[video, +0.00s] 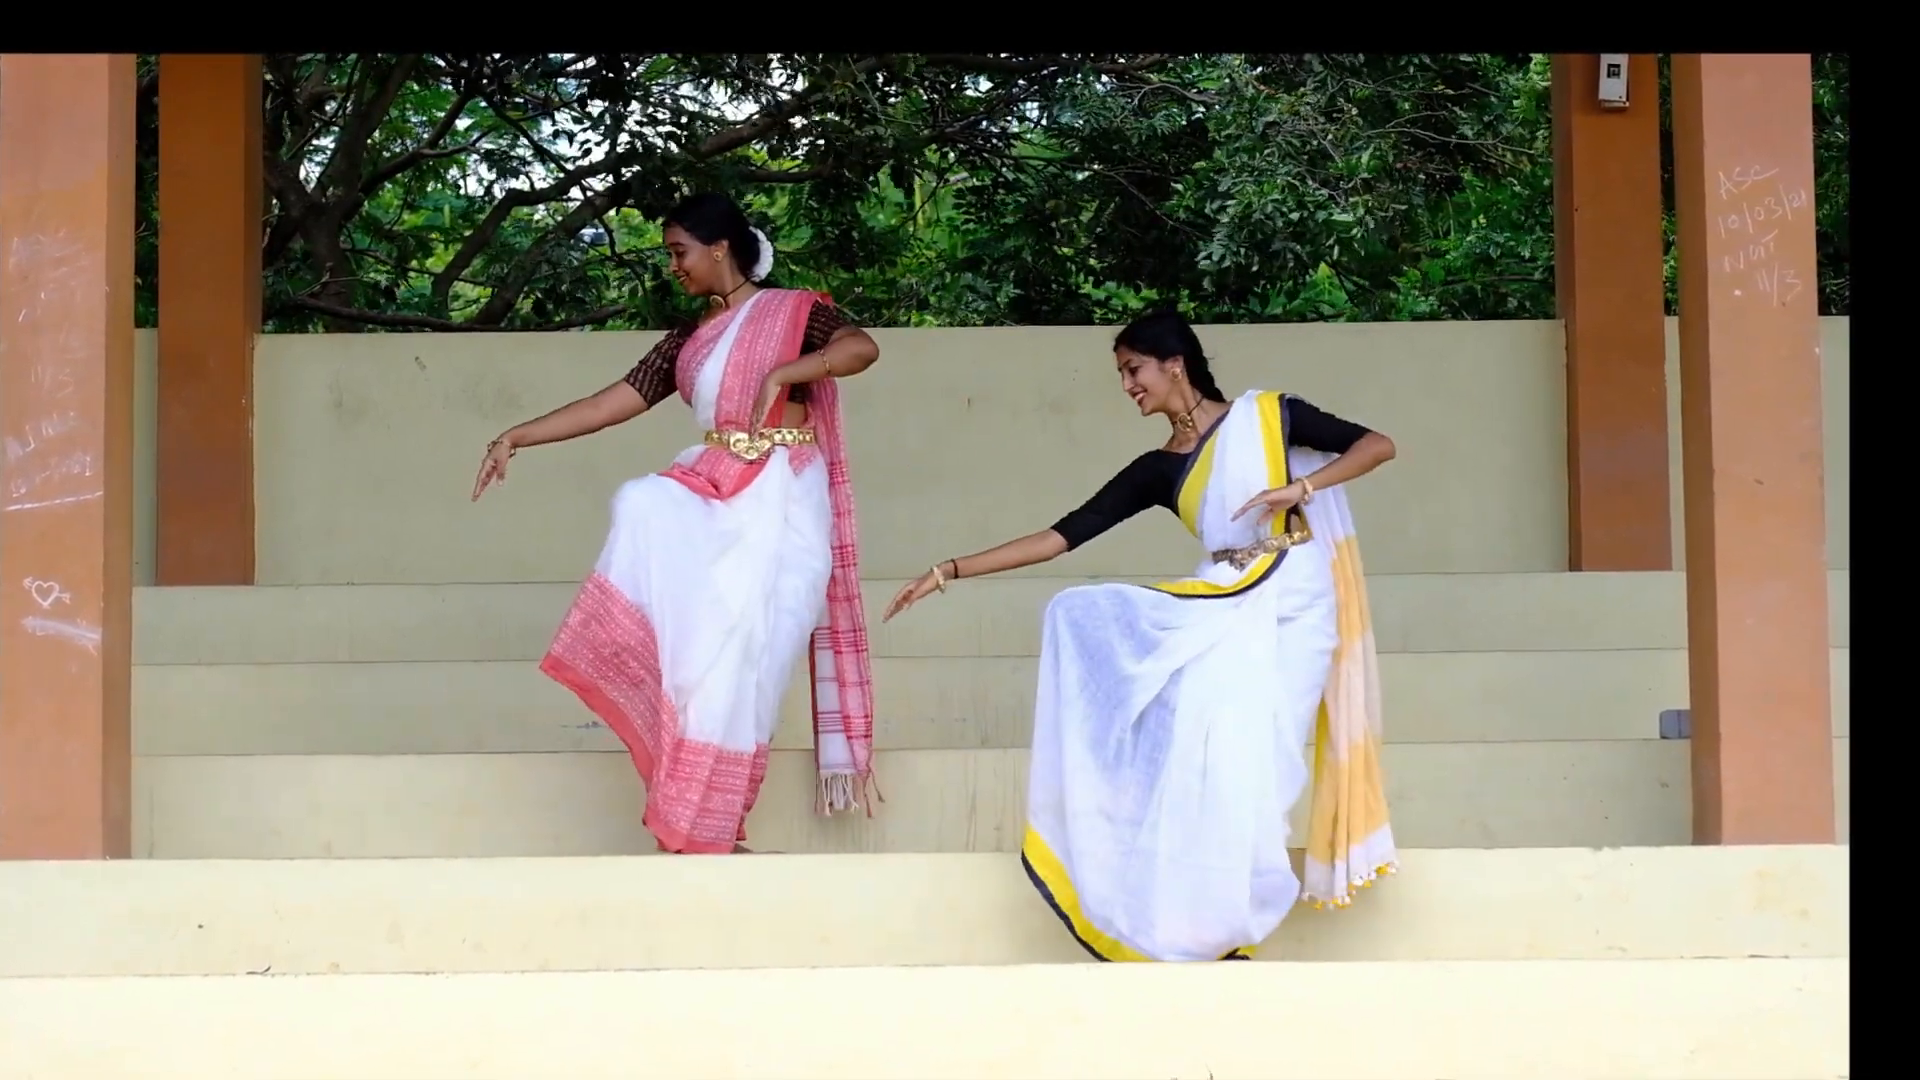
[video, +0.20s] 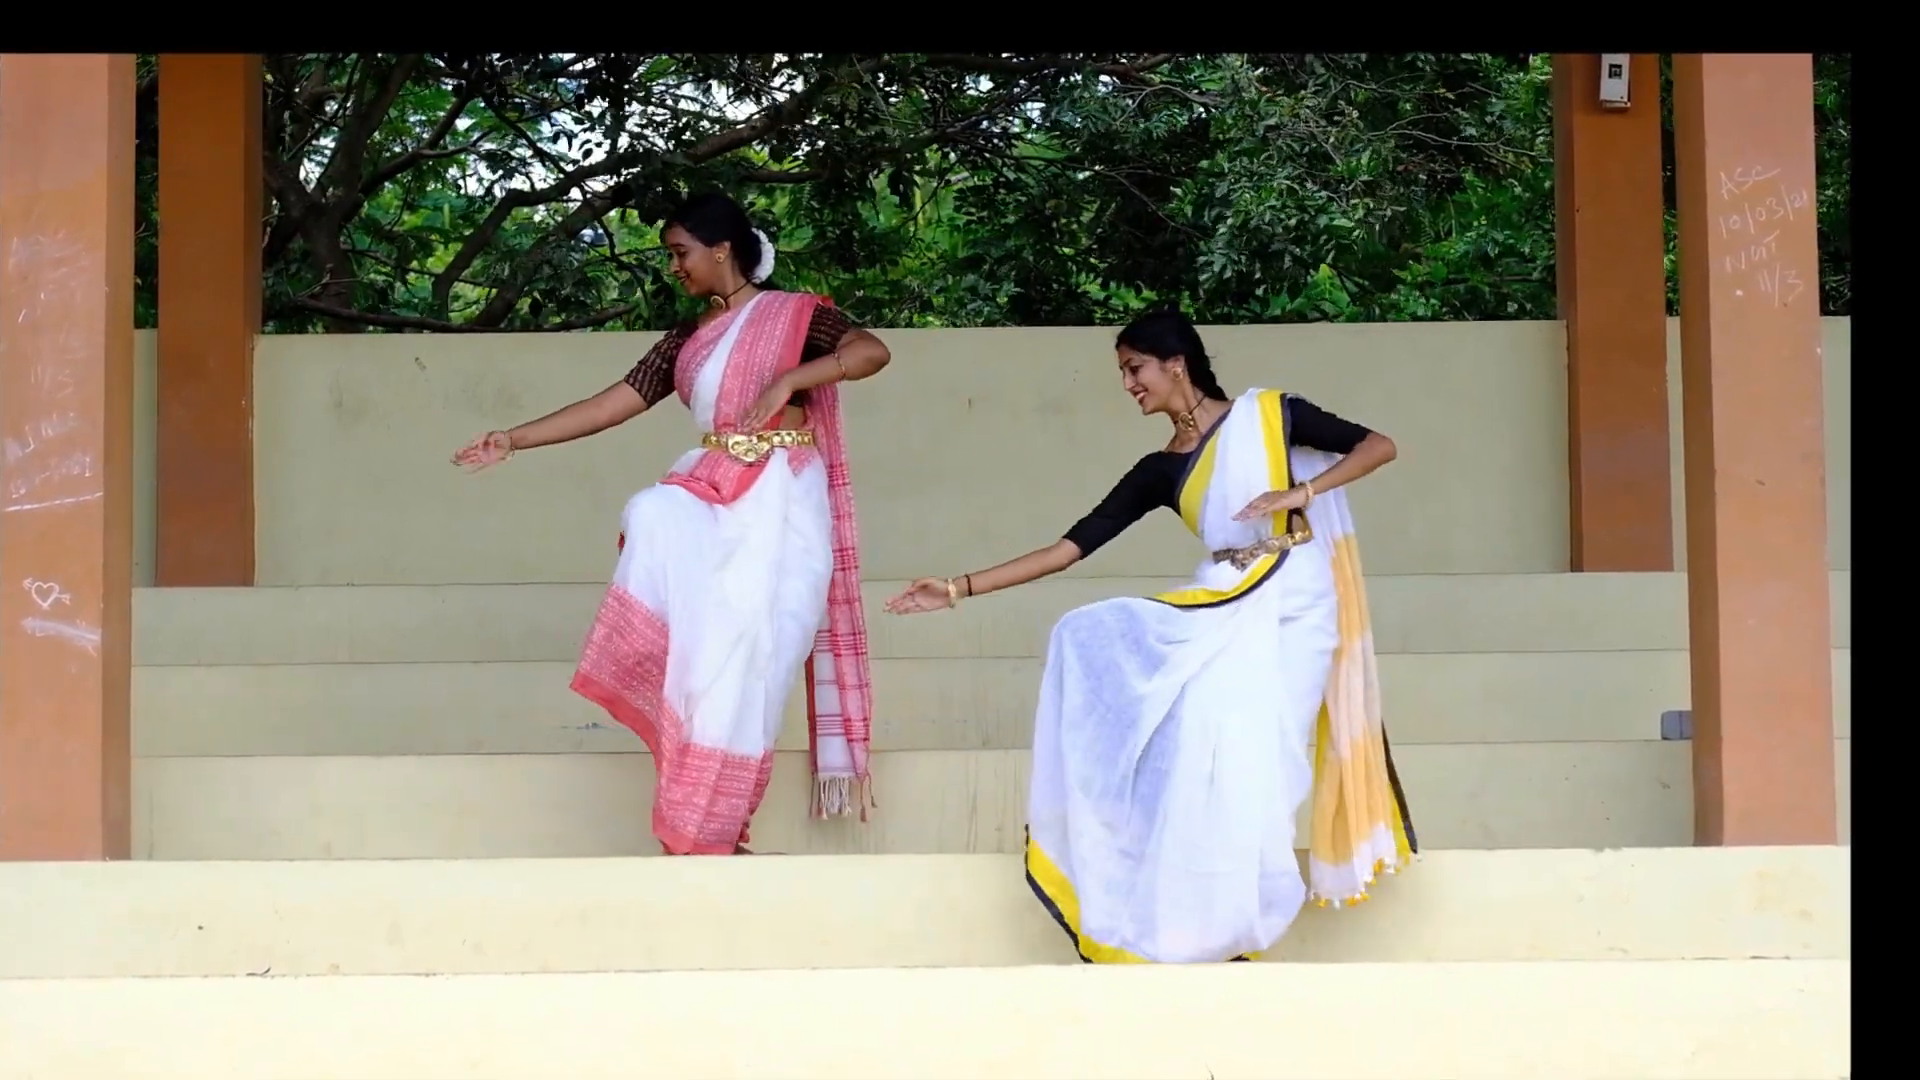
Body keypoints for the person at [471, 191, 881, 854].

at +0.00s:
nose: (675, 266)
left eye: (682, 252)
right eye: (671, 255)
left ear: (724, 247)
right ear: (697, 254)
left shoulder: (791, 306)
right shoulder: (692, 341)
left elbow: (862, 349)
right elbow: (608, 405)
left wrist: (785, 374)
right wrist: (512, 436)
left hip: (787, 488)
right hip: (714, 482)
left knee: (732, 635)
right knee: (639, 498)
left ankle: (711, 815)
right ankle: (647, 659)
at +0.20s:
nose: (676, 267)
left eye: (682, 252)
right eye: (671, 255)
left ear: (725, 247)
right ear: (708, 255)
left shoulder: (793, 310)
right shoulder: (689, 342)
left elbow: (872, 351)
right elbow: (606, 407)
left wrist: (789, 381)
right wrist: (512, 438)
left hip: (785, 493)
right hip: (714, 489)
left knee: (738, 653)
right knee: (649, 510)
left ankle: (719, 826)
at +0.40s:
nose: (688, 265)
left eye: (700, 252)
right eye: (683, 254)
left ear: (744, 253)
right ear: (685, 259)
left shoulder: (799, 325)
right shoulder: (681, 346)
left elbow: (885, 384)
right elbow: (625, 430)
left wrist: (814, 411)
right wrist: (546, 486)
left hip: (783, 509)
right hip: (703, 503)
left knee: (772, 657)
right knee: (711, 574)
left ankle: (737, 825)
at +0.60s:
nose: (744, 261)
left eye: (755, 249)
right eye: (730, 249)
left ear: (770, 261)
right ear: (707, 262)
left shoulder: (797, 341)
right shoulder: (684, 346)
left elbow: (872, 410)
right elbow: (677, 439)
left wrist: (831, 432)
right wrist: (658, 516)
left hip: (781, 511)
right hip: (707, 511)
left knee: (783, 654)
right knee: (723, 651)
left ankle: (769, 822)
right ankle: (717, 805)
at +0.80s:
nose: (768, 256)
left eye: (775, 245)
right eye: (753, 243)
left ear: (780, 256)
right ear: (719, 253)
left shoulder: (787, 340)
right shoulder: (698, 331)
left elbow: (839, 411)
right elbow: (725, 410)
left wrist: (824, 425)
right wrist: (771, 469)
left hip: (777, 498)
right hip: (714, 497)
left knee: (784, 646)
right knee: (730, 648)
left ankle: (784, 809)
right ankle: (714, 812)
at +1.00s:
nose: (778, 241)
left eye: (783, 230)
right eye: (763, 228)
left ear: (784, 243)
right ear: (726, 240)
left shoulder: (783, 329)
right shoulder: (711, 310)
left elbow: (829, 417)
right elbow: (760, 377)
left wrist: (812, 382)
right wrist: (834, 395)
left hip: (771, 490)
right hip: (713, 485)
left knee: (782, 638)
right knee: (731, 638)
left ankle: (791, 809)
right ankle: (730, 812)